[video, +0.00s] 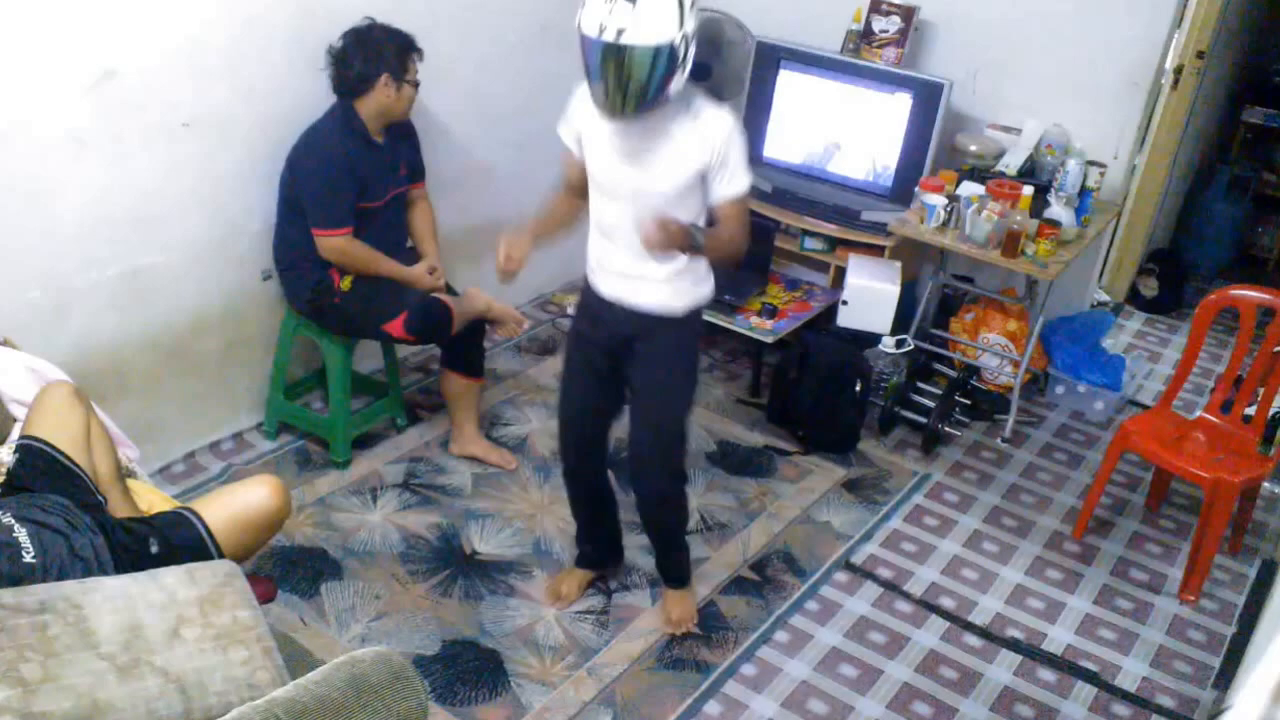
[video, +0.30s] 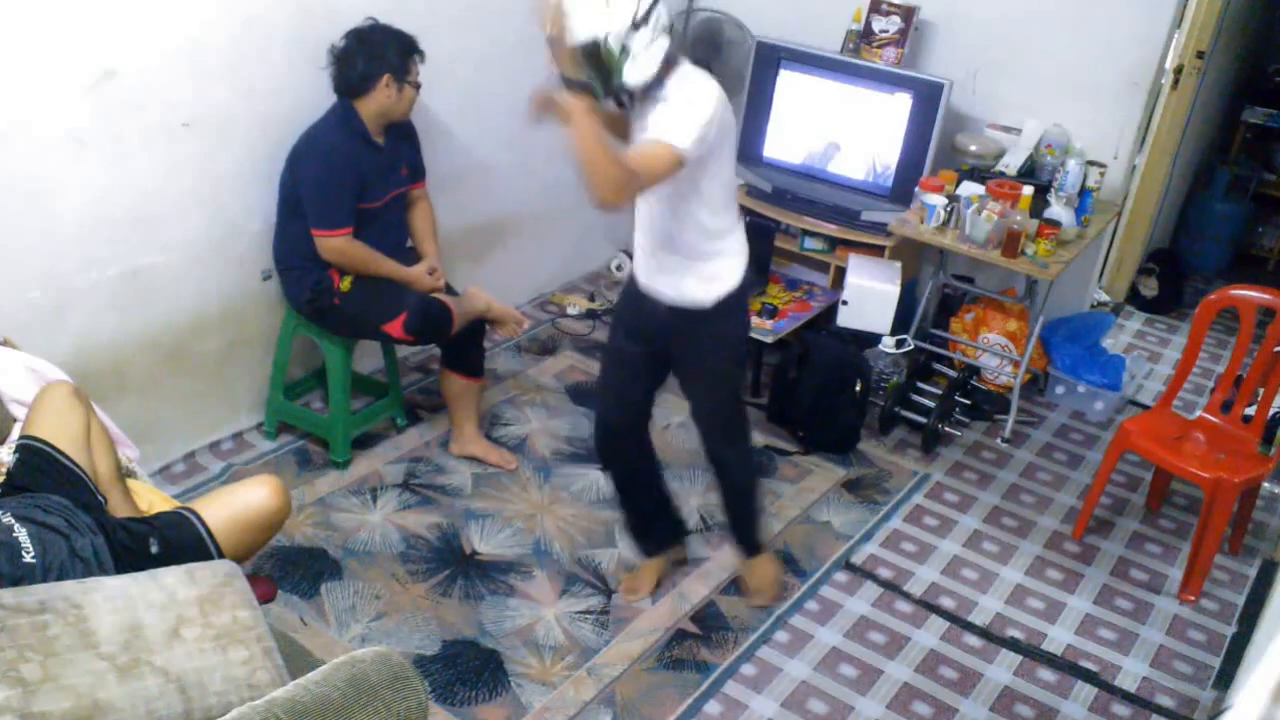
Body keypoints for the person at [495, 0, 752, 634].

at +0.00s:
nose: (616, 77)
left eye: (635, 63)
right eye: (605, 59)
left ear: (674, 58)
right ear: (593, 49)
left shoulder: (714, 127)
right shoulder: (589, 104)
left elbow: (735, 238)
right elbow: (574, 191)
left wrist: (690, 237)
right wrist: (528, 235)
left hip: (670, 319)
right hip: (599, 304)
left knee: (652, 462)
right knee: (579, 446)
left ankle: (676, 579)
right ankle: (596, 558)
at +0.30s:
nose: (591, 51)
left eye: (598, 36)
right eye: (587, 41)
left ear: (643, 29)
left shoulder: (697, 96)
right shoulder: (633, 85)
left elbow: (613, 189)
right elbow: (620, 135)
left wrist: (578, 100)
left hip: (710, 302)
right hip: (647, 290)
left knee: (723, 437)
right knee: (617, 431)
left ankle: (752, 548)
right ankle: (662, 543)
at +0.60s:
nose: (666, 90)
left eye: (680, 82)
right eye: (659, 77)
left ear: (707, 70)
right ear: (648, 58)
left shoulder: (742, 126)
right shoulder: (641, 61)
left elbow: (751, 247)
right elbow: (581, 5)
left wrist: (743, 328)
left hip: (703, 295)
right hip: (644, 285)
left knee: (725, 429)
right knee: (675, 424)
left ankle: (767, 571)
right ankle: (686, 532)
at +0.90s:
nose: (712, 114)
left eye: (731, 100)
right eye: (698, 96)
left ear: (759, 89)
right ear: (671, 73)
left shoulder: (773, 131)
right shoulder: (642, 104)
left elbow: (886, 99)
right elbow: (578, 97)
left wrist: (864, 13)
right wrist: (578, 42)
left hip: (699, 328)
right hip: (635, 311)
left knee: (684, 464)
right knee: (643, 419)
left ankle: (698, 587)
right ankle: (664, 484)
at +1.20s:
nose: (627, 86)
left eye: (638, 68)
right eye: (617, 73)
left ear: (679, 61)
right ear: (614, 74)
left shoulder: (730, 114)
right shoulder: (638, 143)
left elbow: (718, 22)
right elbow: (610, 232)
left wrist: (695, 9)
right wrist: (555, 308)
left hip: (693, 336)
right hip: (624, 316)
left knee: (656, 444)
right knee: (568, 440)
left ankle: (643, 497)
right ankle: (556, 551)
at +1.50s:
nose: (624, 69)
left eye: (630, 57)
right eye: (618, 60)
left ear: (664, 53)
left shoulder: (712, 100)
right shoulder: (672, 110)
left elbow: (617, 50)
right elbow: (755, 181)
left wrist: (587, 15)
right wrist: (667, 180)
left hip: (741, 314)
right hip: (679, 305)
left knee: (760, 441)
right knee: (650, 448)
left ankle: (791, 535)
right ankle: (692, 571)